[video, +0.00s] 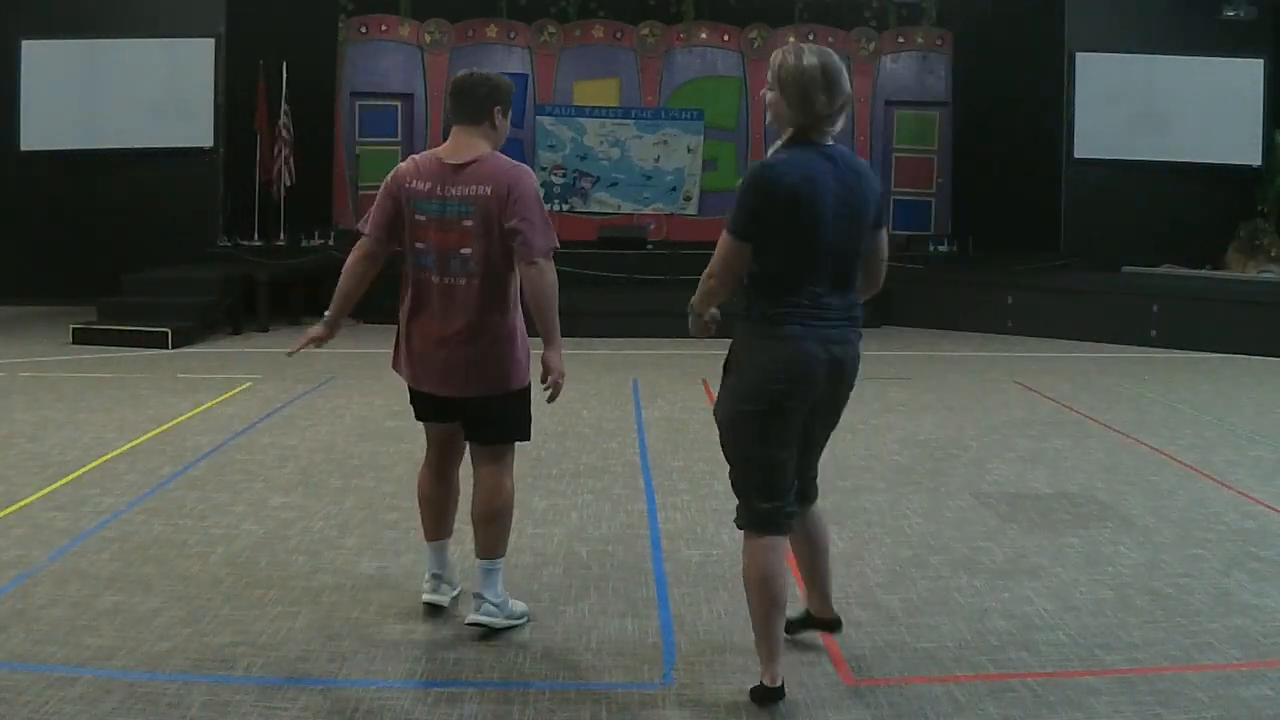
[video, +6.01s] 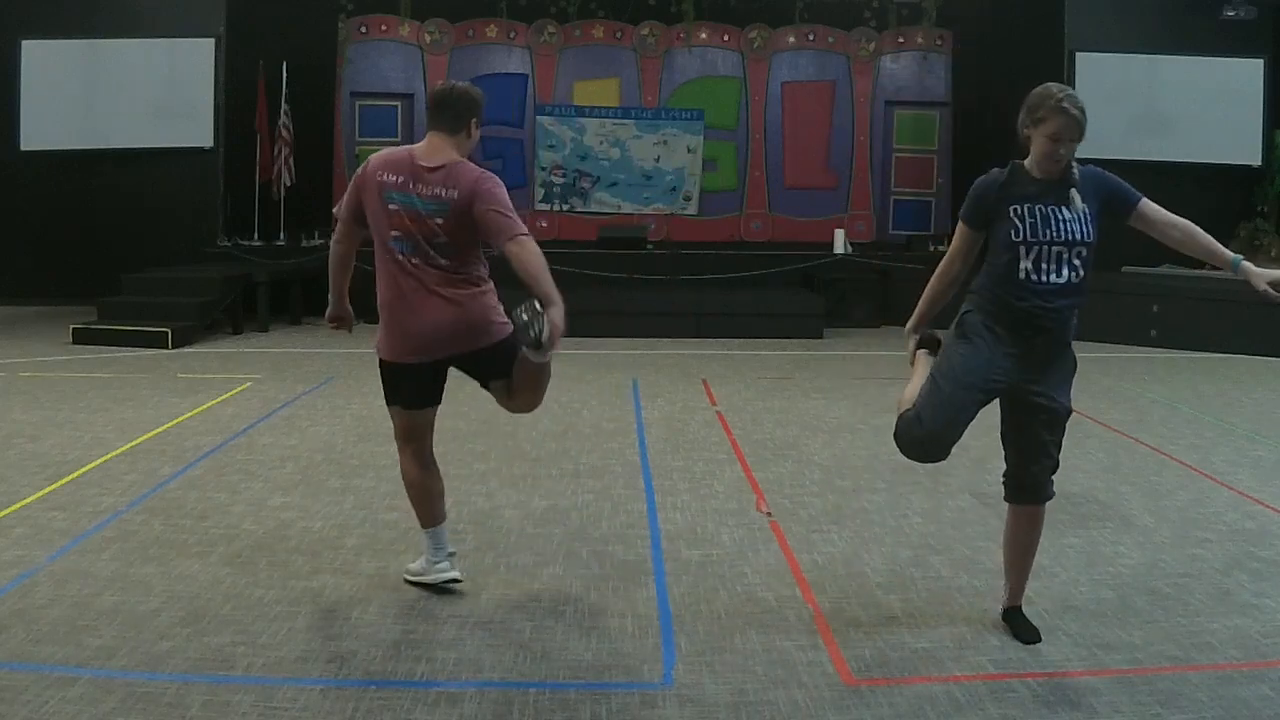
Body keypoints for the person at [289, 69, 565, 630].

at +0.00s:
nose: (509, 125)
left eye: (508, 117)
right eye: (509, 117)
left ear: (450, 115)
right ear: (497, 116)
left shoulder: (407, 174)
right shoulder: (514, 180)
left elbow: (367, 254)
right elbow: (535, 264)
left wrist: (331, 321)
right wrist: (552, 344)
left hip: (425, 352)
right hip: (493, 354)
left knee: (440, 453)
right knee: (493, 464)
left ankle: (437, 579)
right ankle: (490, 596)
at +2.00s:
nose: (525, 136)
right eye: (525, 129)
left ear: (471, 130)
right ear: (520, 133)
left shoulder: (440, 187)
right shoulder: (538, 178)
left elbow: (432, 230)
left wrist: (476, 168)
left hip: (453, 340)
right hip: (521, 339)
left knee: (454, 438)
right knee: (532, 433)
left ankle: (445, 556)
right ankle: (559, 552)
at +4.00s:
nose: (611, 153)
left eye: (610, 145)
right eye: (600, 146)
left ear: (584, 159)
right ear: (570, 159)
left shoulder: (578, 194)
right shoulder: (580, 210)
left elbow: (629, 214)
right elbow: (623, 276)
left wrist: (684, 212)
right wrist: (649, 228)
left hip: (522, 348)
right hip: (567, 354)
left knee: (499, 446)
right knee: (603, 444)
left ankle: (415, 527)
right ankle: (566, 553)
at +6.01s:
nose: (479, 137)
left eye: (479, 130)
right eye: (480, 130)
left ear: (428, 121)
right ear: (471, 127)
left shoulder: (375, 168)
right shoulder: (478, 182)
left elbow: (343, 239)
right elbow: (516, 243)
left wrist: (338, 299)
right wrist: (552, 299)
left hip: (404, 335)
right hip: (473, 324)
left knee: (414, 447)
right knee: (521, 398)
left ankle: (439, 557)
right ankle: (539, 334)